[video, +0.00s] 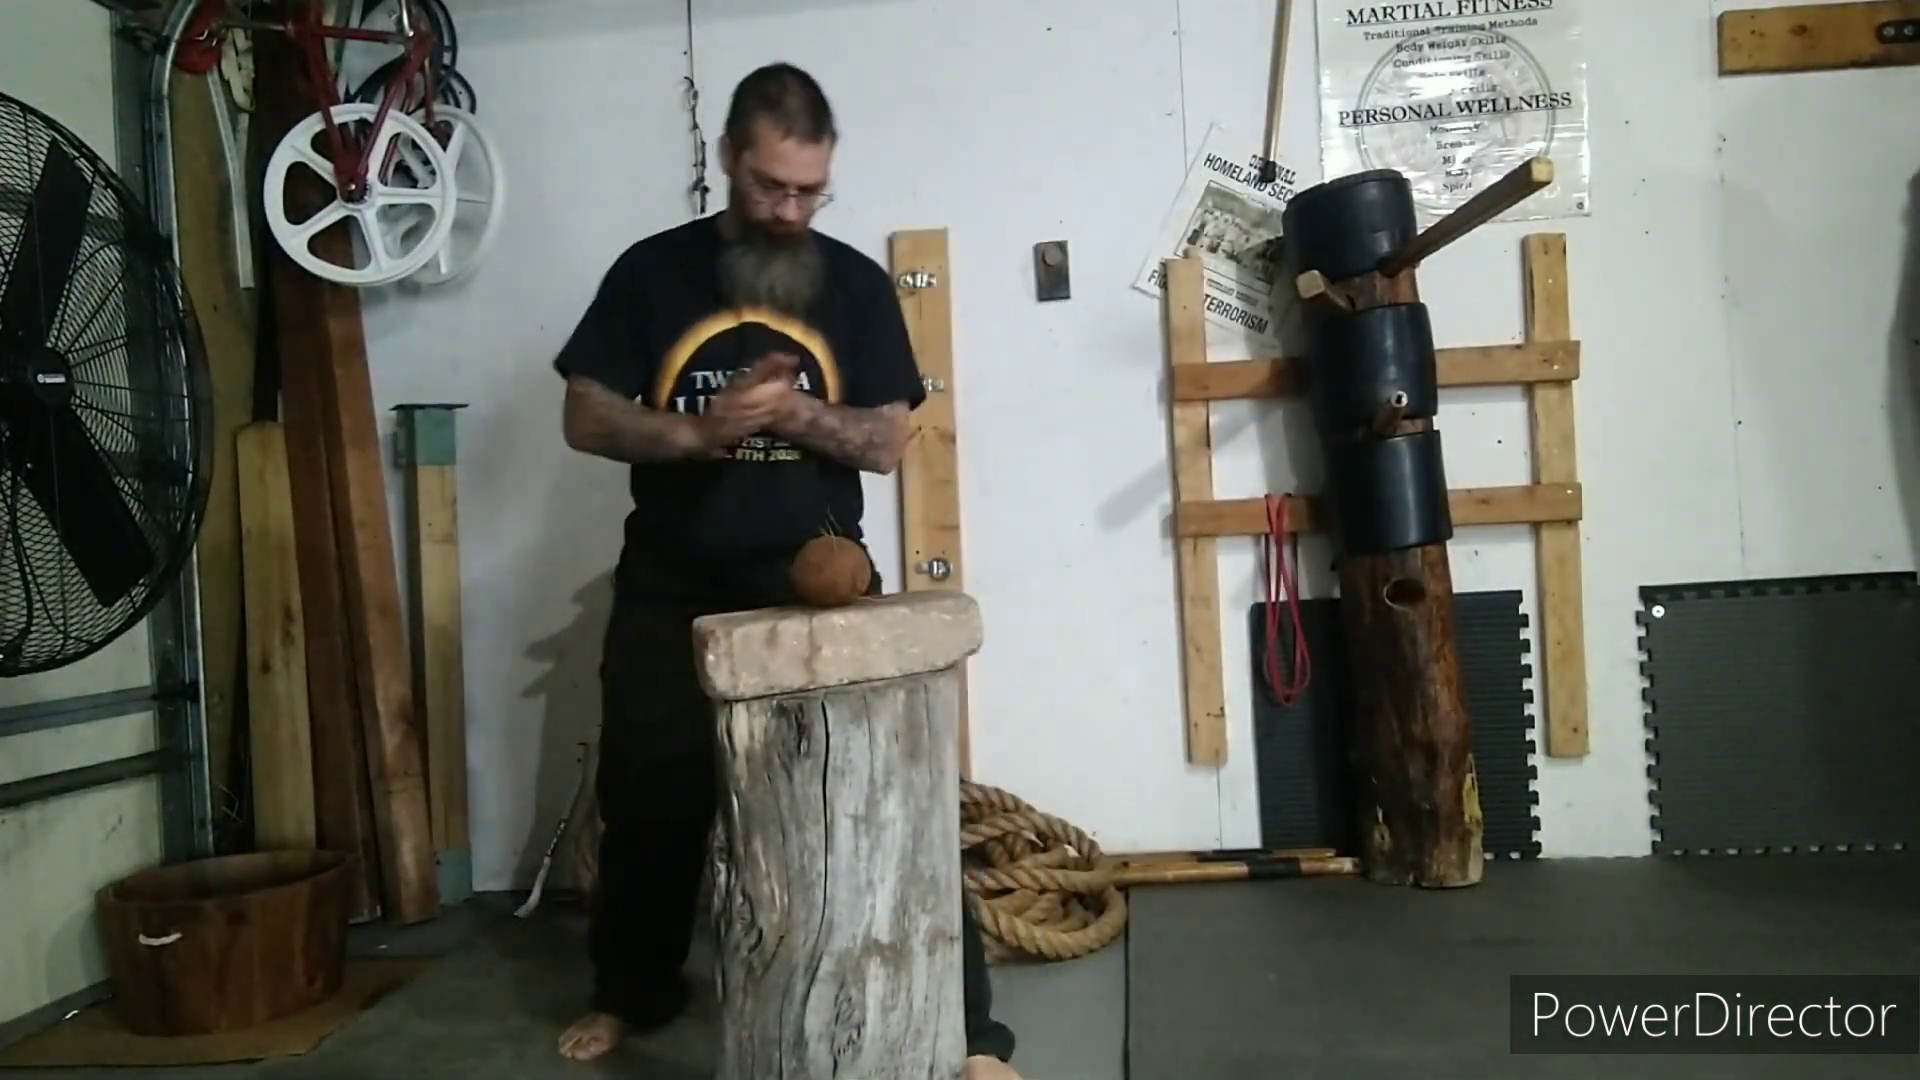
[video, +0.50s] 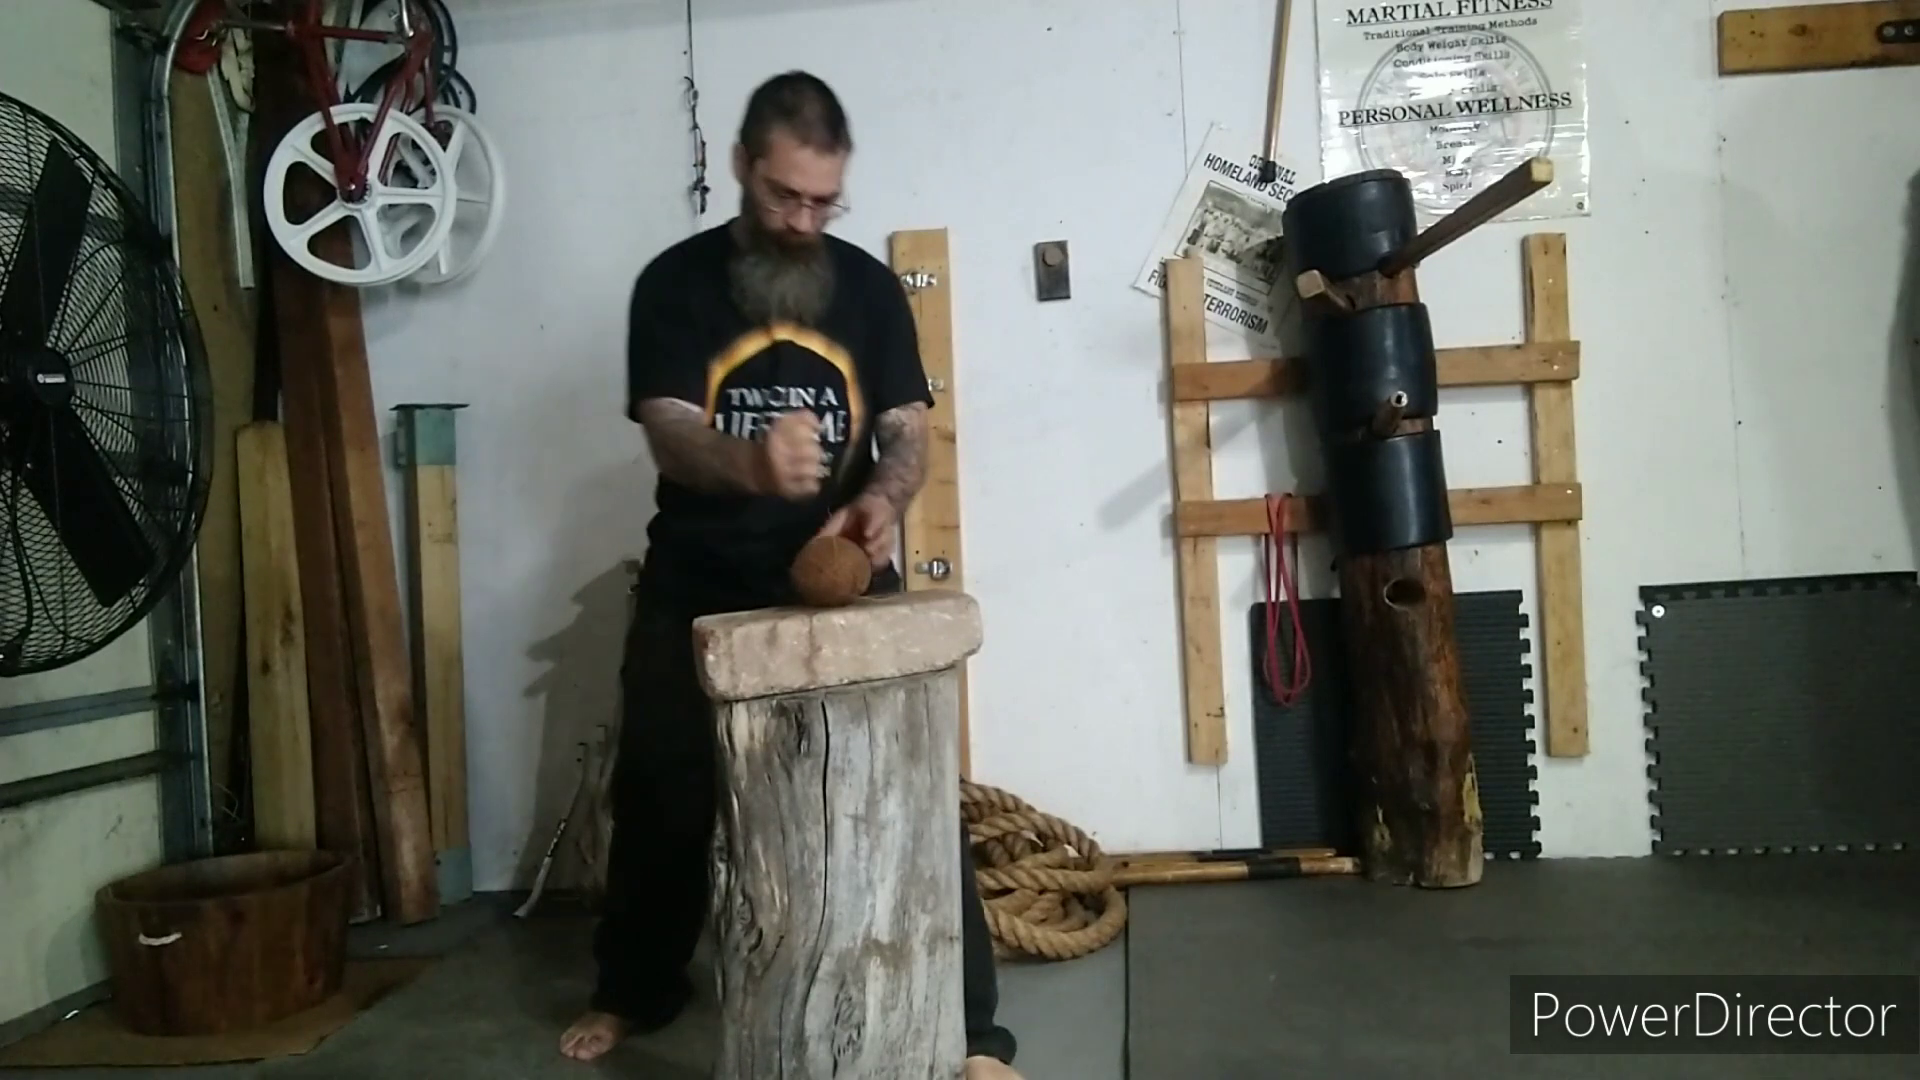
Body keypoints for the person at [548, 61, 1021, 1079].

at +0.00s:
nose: (789, 210)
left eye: (808, 190)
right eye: (771, 186)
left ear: (829, 170)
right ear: (728, 158)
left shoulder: (858, 285)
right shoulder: (651, 272)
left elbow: (890, 442)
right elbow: (585, 421)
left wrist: (805, 413)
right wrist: (702, 432)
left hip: (821, 590)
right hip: (671, 591)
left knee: (891, 805)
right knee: (649, 807)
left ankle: (968, 1031)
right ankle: (628, 995)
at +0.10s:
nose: (781, 210)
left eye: (799, 190)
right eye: (761, 187)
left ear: (819, 171)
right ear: (717, 160)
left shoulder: (848, 284)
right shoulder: (643, 274)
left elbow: (889, 438)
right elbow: (584, 425)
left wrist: (772, 419)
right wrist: (684, 425)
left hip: (817, 591)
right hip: (668, 593)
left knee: (892, 808)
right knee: (647, 808)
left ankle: (967, 1031)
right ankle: (629, 995)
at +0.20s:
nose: (771, 210)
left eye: (790, 190)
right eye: (752, 187)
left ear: (812, 172)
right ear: (709, 160)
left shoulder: (846, 286)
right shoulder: (641, 275)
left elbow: (892, 437)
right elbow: (595, 429)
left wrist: (774, 446)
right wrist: (661, 424)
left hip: (815, 591)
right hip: (667, 592)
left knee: (885, 808)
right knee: (646, 806)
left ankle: (968, 1030)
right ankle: (630, 994)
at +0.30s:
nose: (771, 209)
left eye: (791, 189)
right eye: (751, 186)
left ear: (812, 172)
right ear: (708, 160)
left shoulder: (848, 285)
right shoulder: (645, 278)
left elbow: (894, 437)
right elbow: (615, 429)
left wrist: (820, 480)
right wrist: (677, 435)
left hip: (822, 577)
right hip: (676, 579)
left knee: (896, 795)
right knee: (650, 792)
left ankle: (969, 1030)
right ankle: (629, 993)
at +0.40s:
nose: (783, 213)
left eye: (802, 193)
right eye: (765, 189)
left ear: (821, 175)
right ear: (717, 161)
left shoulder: (855, 285)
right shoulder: (655, 280)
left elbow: (896, 432)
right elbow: (637, 431)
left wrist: (855, 488)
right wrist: (715, 441)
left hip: (830, 581)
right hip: (686, 585)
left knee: (904, 797)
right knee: (655, 798)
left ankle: (971, 1030)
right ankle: (630, 994)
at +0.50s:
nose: (804, 218)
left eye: (824, 200)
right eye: (786, 195)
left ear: (845, 181)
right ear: (743, 165)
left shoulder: (871, 286)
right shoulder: (675, 281)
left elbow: (906, 428)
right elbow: (666, 435)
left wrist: (888, 496)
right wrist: (750, 459)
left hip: (847, 579)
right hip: (700, 582)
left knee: (916, 794)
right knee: (661, 791)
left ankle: (972, 1029)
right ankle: (631, 993)